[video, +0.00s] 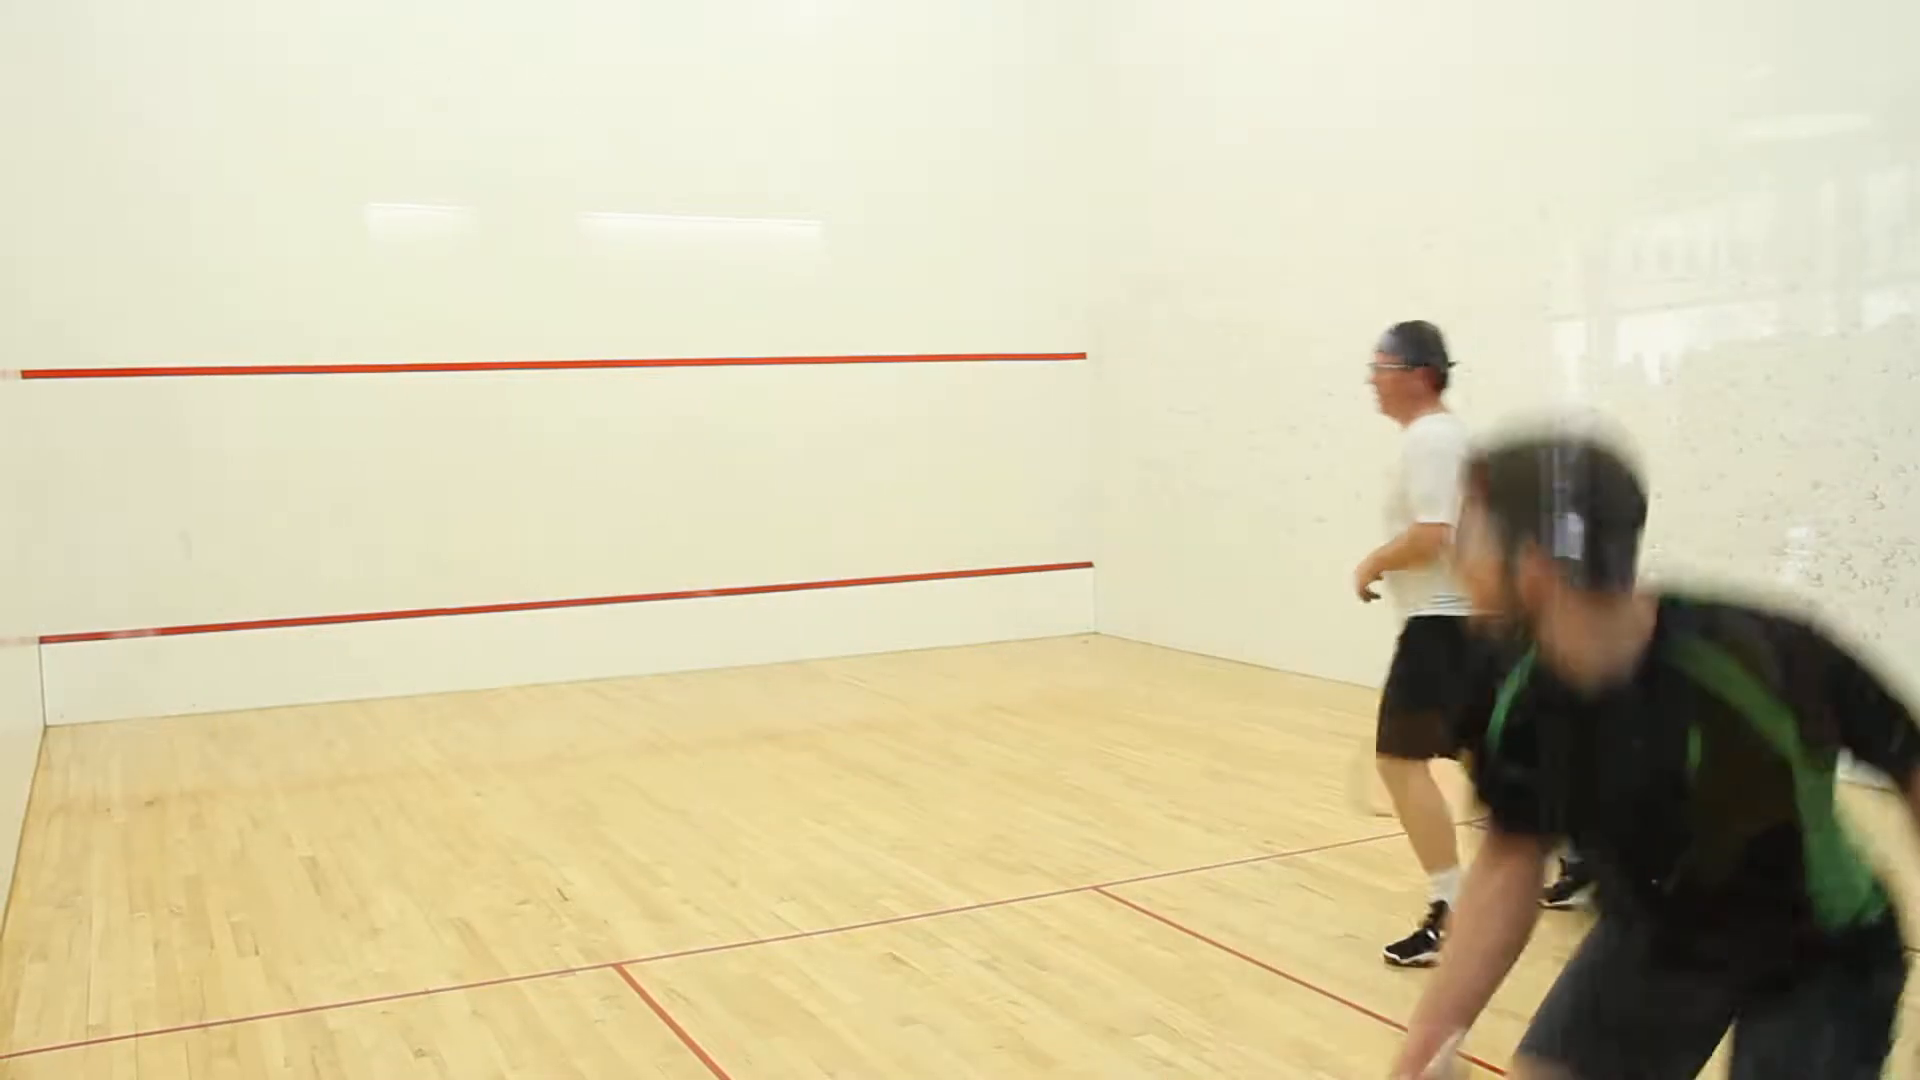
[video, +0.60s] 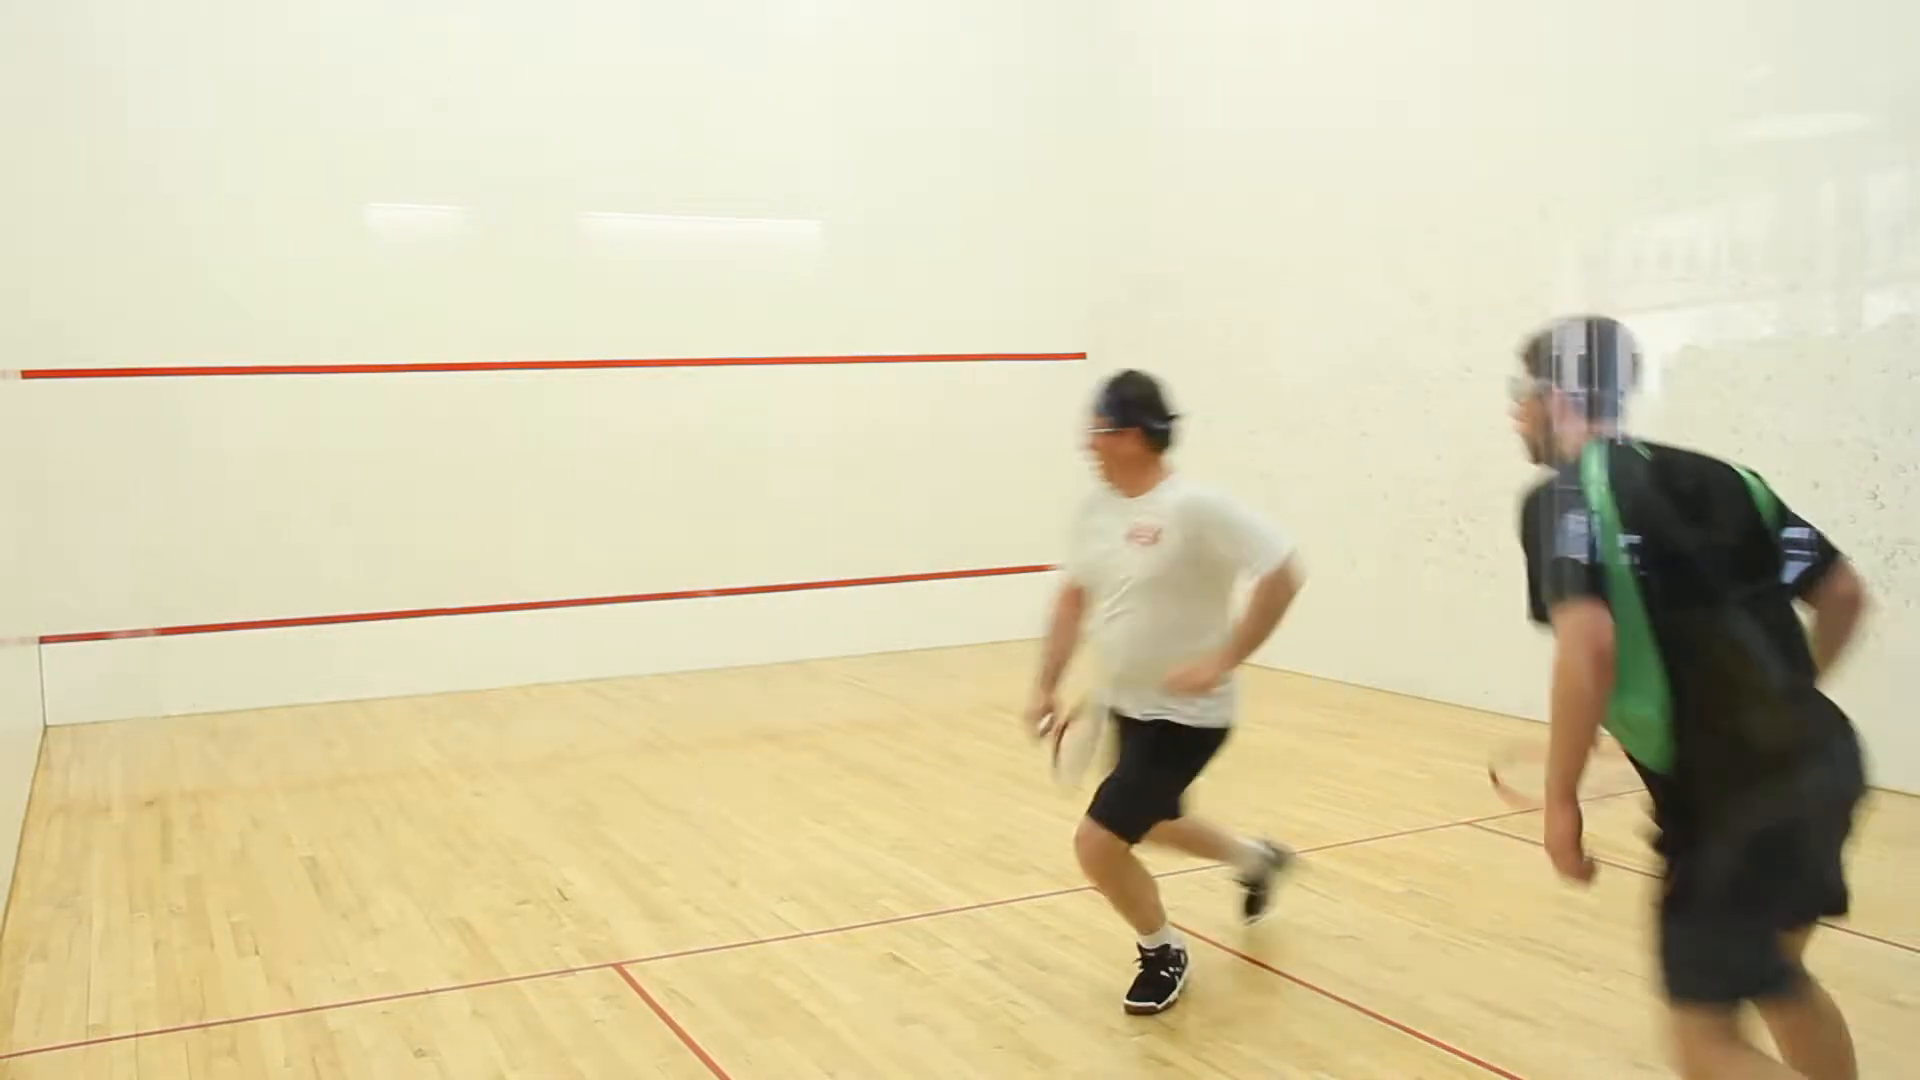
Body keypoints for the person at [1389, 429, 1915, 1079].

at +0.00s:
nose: (1459, 558)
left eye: (1473, 536)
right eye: (1465, 535)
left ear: (1536, 567)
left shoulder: (1760, 660)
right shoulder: (1528, 706)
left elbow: (1911, 765)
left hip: (1819, 946)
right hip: (1660, 935)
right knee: (1544, 1067)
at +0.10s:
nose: (1491, 432)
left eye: (1506, 410)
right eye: (1498, 409)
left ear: (1561, 436)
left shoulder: (1777, 553)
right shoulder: (1556, 573)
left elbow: (1914, 681)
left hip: (1869, 869)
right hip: (1716, 863)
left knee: (1813, 1067)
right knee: (1605, 1063)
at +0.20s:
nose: (1538, 405)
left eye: (1553, 383)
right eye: (1542, 383)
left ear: (1604, 399)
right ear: (1626, 397)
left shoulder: (1790, 528)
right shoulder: (1621, 545)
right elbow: (1657, 683)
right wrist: (1573, 797)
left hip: (1888, 864)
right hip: (1775, 858)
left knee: (1872, 1061)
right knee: (1660, 1062)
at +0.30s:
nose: (1584, 444)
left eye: (1593, 421)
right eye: (1588, 421)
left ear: (1626, 436)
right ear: (1694, 431)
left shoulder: (1766, 568)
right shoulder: (1692, 569)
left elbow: (1883, 773)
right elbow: (1778, 696)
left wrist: (1807, 974)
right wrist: (1703, 774)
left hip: (1890, 892)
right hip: (1824, 879)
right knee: (1698, 1059)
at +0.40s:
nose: (1591, 467)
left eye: (1597, 447)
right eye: (1594, 447)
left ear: (1622, 458)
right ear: (1688, 460)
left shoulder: (1693, 577)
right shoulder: (1769, 549)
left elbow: (1750, 780)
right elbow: (1908, 669)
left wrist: (1635, 918)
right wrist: (1818, 765)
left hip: (1883, 903)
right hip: (1850, 888)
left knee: (1887, 1062)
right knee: (1738, 1028)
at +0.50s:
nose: (1569, 439)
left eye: (1574, 419)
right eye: (1571, 420)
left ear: (1597, 428)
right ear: (1660, 423)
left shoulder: (1617, 534)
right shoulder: (1771, 519)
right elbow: (1902, 633)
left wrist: (1571, 832)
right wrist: (1828, 727)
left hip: (1808, 844)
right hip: (1879, 808)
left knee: (1858, 1056)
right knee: (1754, 970)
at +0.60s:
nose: (1517, 412)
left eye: (1525, 392)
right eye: (1519, 393)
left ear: (1564, 399)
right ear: (1610, 394)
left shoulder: (1565, 498)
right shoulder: (1717, 476)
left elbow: (1587, 644)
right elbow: (1842, 593)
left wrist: (1561, 795)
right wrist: (1779, 691)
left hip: (1724, 793)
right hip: (1821, 761)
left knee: (1701, 1032)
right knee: (1776, 970)